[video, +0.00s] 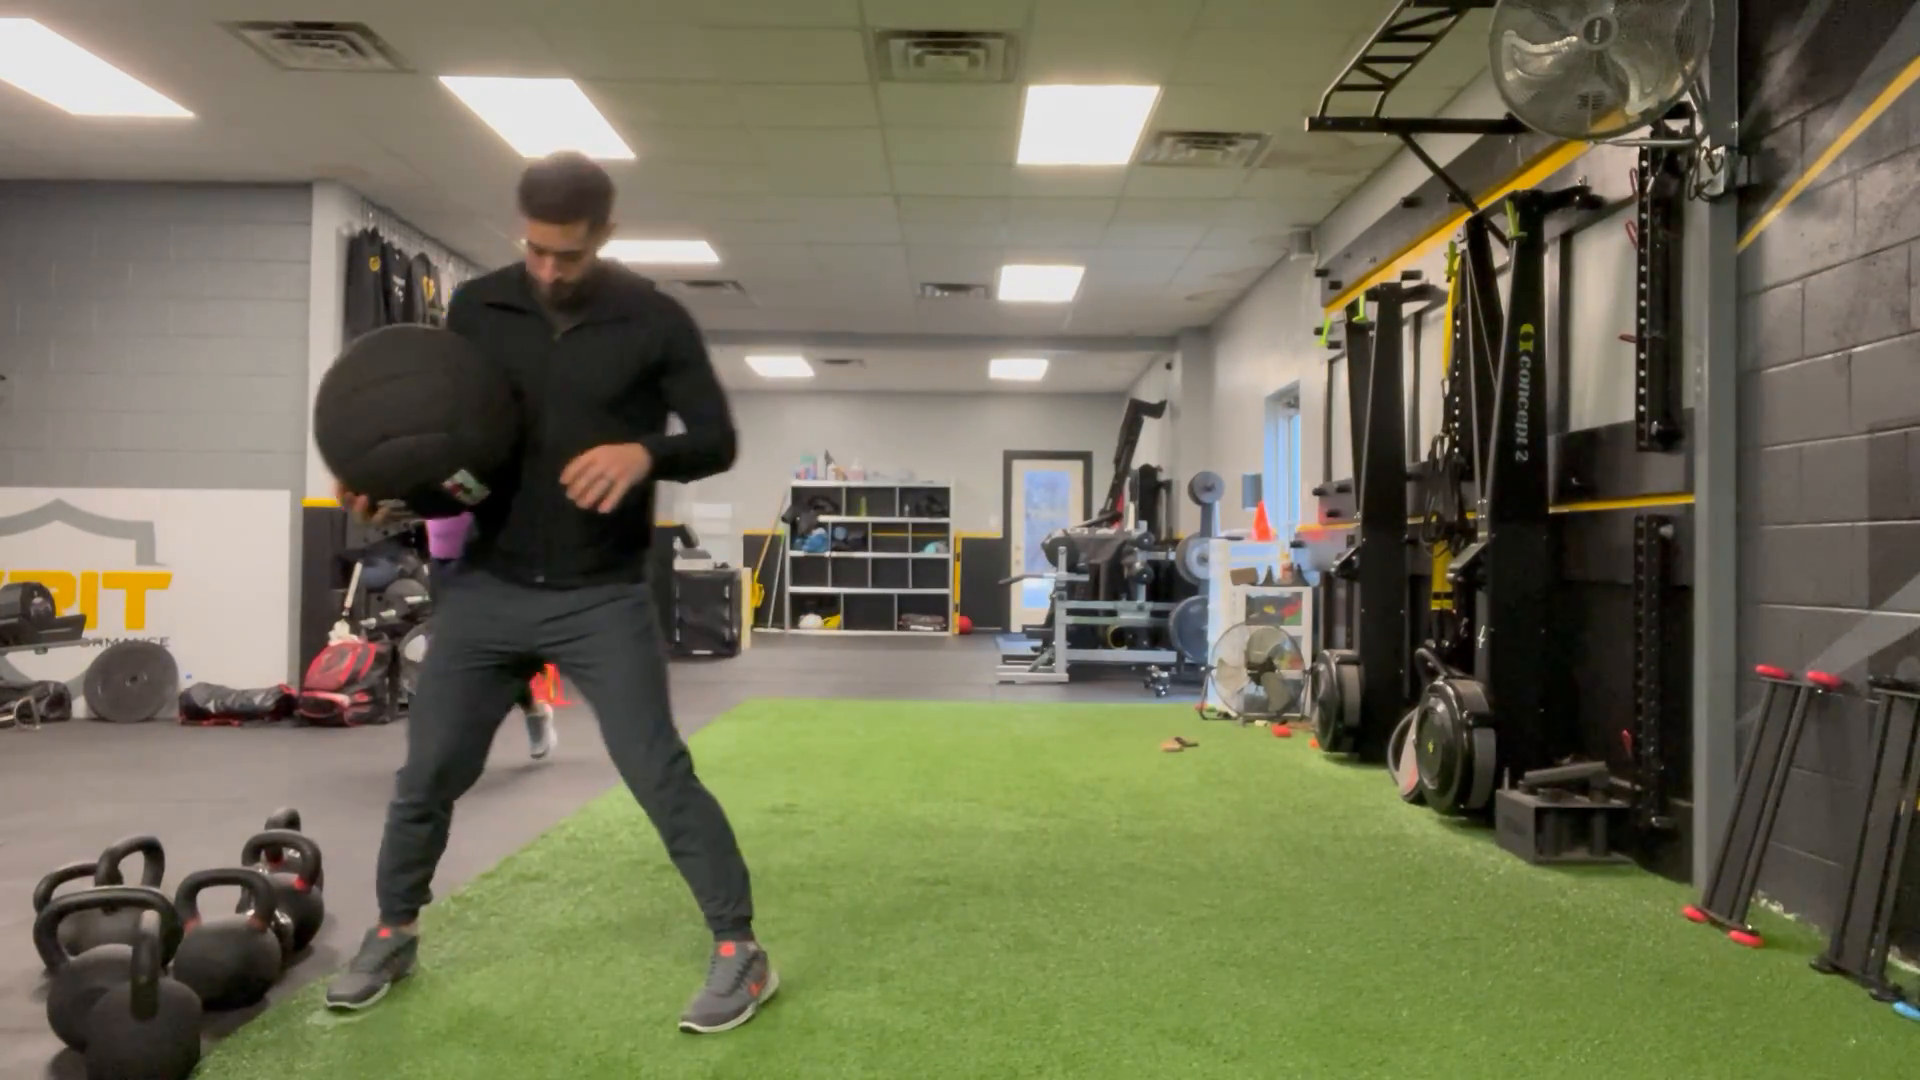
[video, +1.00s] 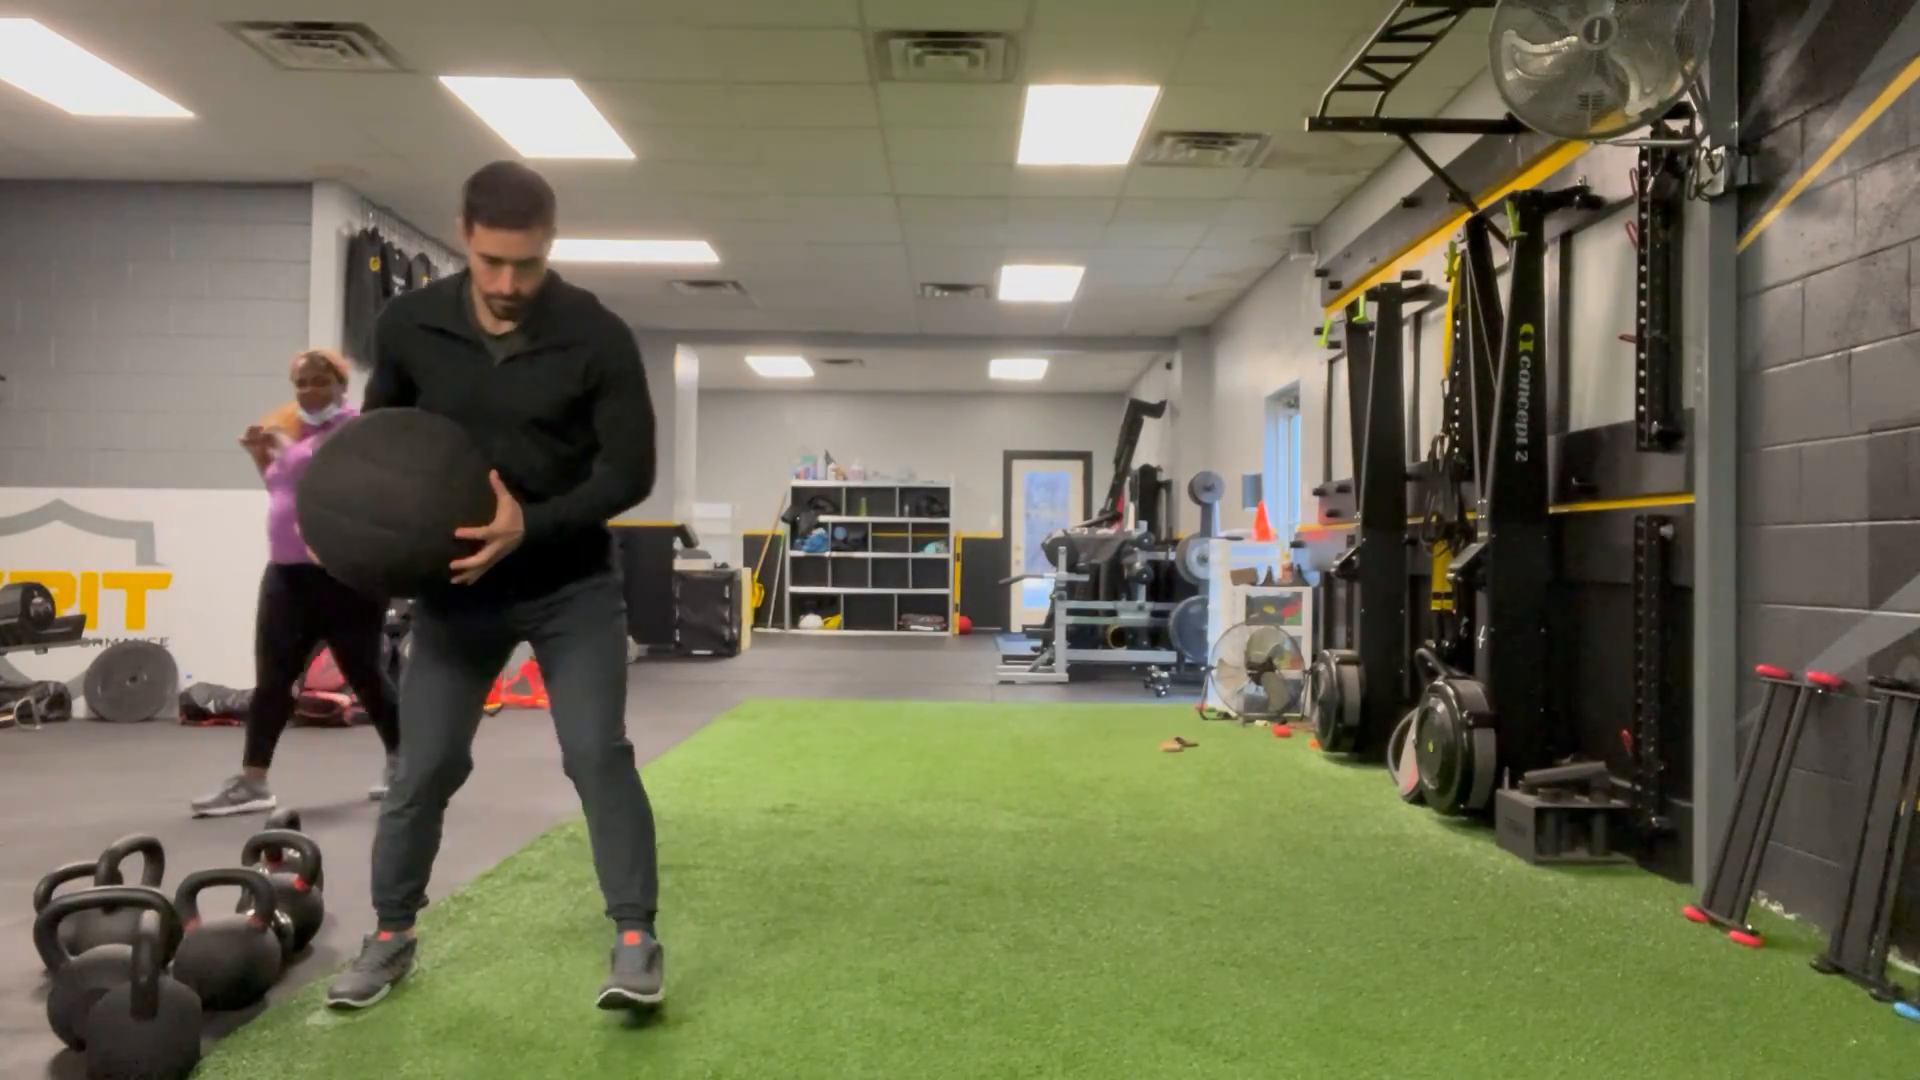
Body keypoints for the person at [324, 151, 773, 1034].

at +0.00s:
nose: (548, 271)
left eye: (567, 256)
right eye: (536, 251)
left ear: (603, 238)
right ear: (519, 229)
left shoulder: (655, 319)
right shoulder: (478, 308)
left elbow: (717, 441)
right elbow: (436, 429)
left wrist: (648, 454)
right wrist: (379, 482)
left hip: (604, 596)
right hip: (486, 589)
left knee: (655, 769)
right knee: (427, 773)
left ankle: (738, 948)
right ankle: (393, 933)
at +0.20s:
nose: (494, 257)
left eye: (513, 241)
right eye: (480, 237)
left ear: (546, 222)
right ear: (458, 212)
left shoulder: (595, 307)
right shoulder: (406, 294)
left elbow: (630, 437)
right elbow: (374, 423)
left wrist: (556, 449)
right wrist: (326, 486)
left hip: (557, 573)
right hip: (438, 577)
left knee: (605, 747)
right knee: (405, 770)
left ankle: (653, 921)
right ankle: (390, 932)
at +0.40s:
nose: (476, 262)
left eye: (494, 245)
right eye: (461, 242)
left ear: (525, 228)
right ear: (438, 224)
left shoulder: (574, 321)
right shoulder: (388, 308)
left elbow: (615, 455)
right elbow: (367, 435)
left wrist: (527, 486)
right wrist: (320, 490)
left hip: (547, 585)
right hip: (426, 586)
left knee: (590, 759)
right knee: (395, 768)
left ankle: (625, 928)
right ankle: (387, 933)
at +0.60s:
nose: (474, 272)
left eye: (492, 254)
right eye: (458, 252)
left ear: (522, 238)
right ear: (433, 234)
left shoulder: (572, 328)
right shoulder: (384, 317)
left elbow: (615, 463)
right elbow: (364, 441)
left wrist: (522, 504)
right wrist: (322, 508)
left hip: (549, 586)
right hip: (426, 589)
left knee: (590, 758)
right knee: (397, 765)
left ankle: (625, 928)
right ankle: (387, 932)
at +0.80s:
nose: (472, 275)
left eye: (489, 256)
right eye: (455, 255)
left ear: (518, 239)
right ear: (429, 237)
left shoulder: (567, 328)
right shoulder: (379, 319)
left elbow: (607, 460)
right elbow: (354, 435)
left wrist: (519, 506)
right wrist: (320, 506)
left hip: (545, 586)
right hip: (426, 590)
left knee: (583, 753)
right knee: (401, 772)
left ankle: (625, 921)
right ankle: (387, 933)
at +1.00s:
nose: (507, 283)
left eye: (526, 265)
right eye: (491, 263)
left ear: (553, 248)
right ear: (463, 241)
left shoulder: (597, 335)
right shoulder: (410, 325)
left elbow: (630, 471)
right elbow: (380, 446)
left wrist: (533, 520)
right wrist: (372, 524)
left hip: (574, 585)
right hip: (457, 593)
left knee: (597, 751)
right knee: (422, 767)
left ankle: (635, 934)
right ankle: (390, 932)